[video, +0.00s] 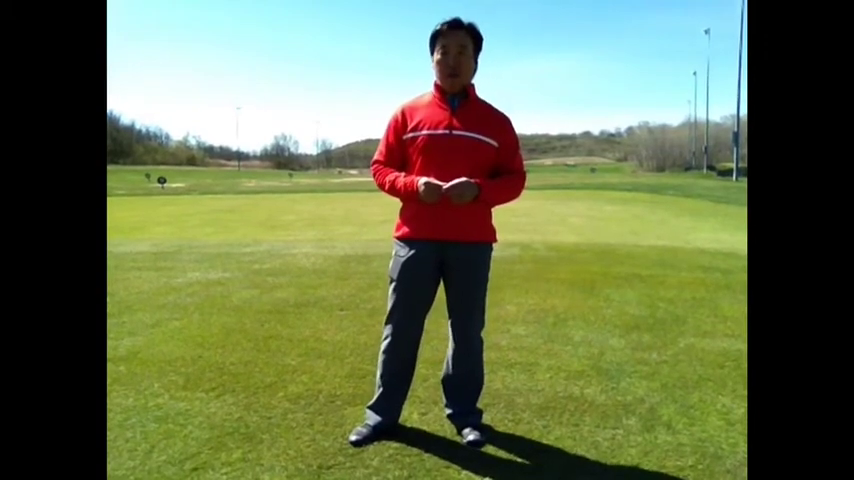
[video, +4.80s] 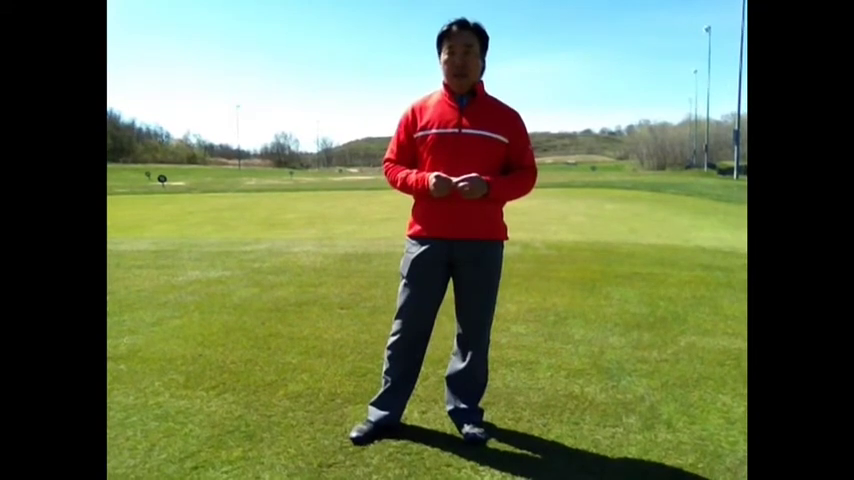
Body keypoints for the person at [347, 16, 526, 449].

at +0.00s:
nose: (451, 59)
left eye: (461, 52)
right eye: (444, 51)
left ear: (476, 60)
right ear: (432, 58)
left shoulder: (496, 122)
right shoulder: (407, 115)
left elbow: (515, 180)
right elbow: (380, 170)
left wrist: (479, 190)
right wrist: (414, 184)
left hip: (471, 245)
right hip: (416, 241)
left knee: (468, 333)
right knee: (399, 330)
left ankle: (466, 416)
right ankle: (381, 415)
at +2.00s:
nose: (453, 58)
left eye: (462, 50)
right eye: (445, 51)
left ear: (477, 57)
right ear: (433, 60)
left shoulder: (503, 119)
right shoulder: (415, 115)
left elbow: (524, 175)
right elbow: (390, 170)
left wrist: (488, 187)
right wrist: (423, 182)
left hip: (481, 243)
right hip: (426, 241)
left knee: (475, 333)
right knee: (408, 329)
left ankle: (468, 413)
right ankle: (384, 414)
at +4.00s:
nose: (451, 62)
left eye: (460, 53)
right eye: (443, 55)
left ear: (477, 59)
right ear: (432, 63)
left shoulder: (503, 120)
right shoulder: (416, 117)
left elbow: (525, 176)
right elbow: (391, 170)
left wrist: (494, 185)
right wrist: (408, 181)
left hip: (481, 244)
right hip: (427, 241)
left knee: (474, 335)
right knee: (407, 331)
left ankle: (468, 417)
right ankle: (383, 415)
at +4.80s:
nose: (457, 59)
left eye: (467, 51)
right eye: (450, 51)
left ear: (483, 59)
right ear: (439, 58)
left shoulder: (506, 119)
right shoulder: (418, 113)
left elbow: (526, 175)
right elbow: (392, 168)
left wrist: (489, 187)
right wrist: (425, 181)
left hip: (482, 244)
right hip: (426, 240)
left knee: (474, 334)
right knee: (407, 329)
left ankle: (467, 413)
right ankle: (384, 413)